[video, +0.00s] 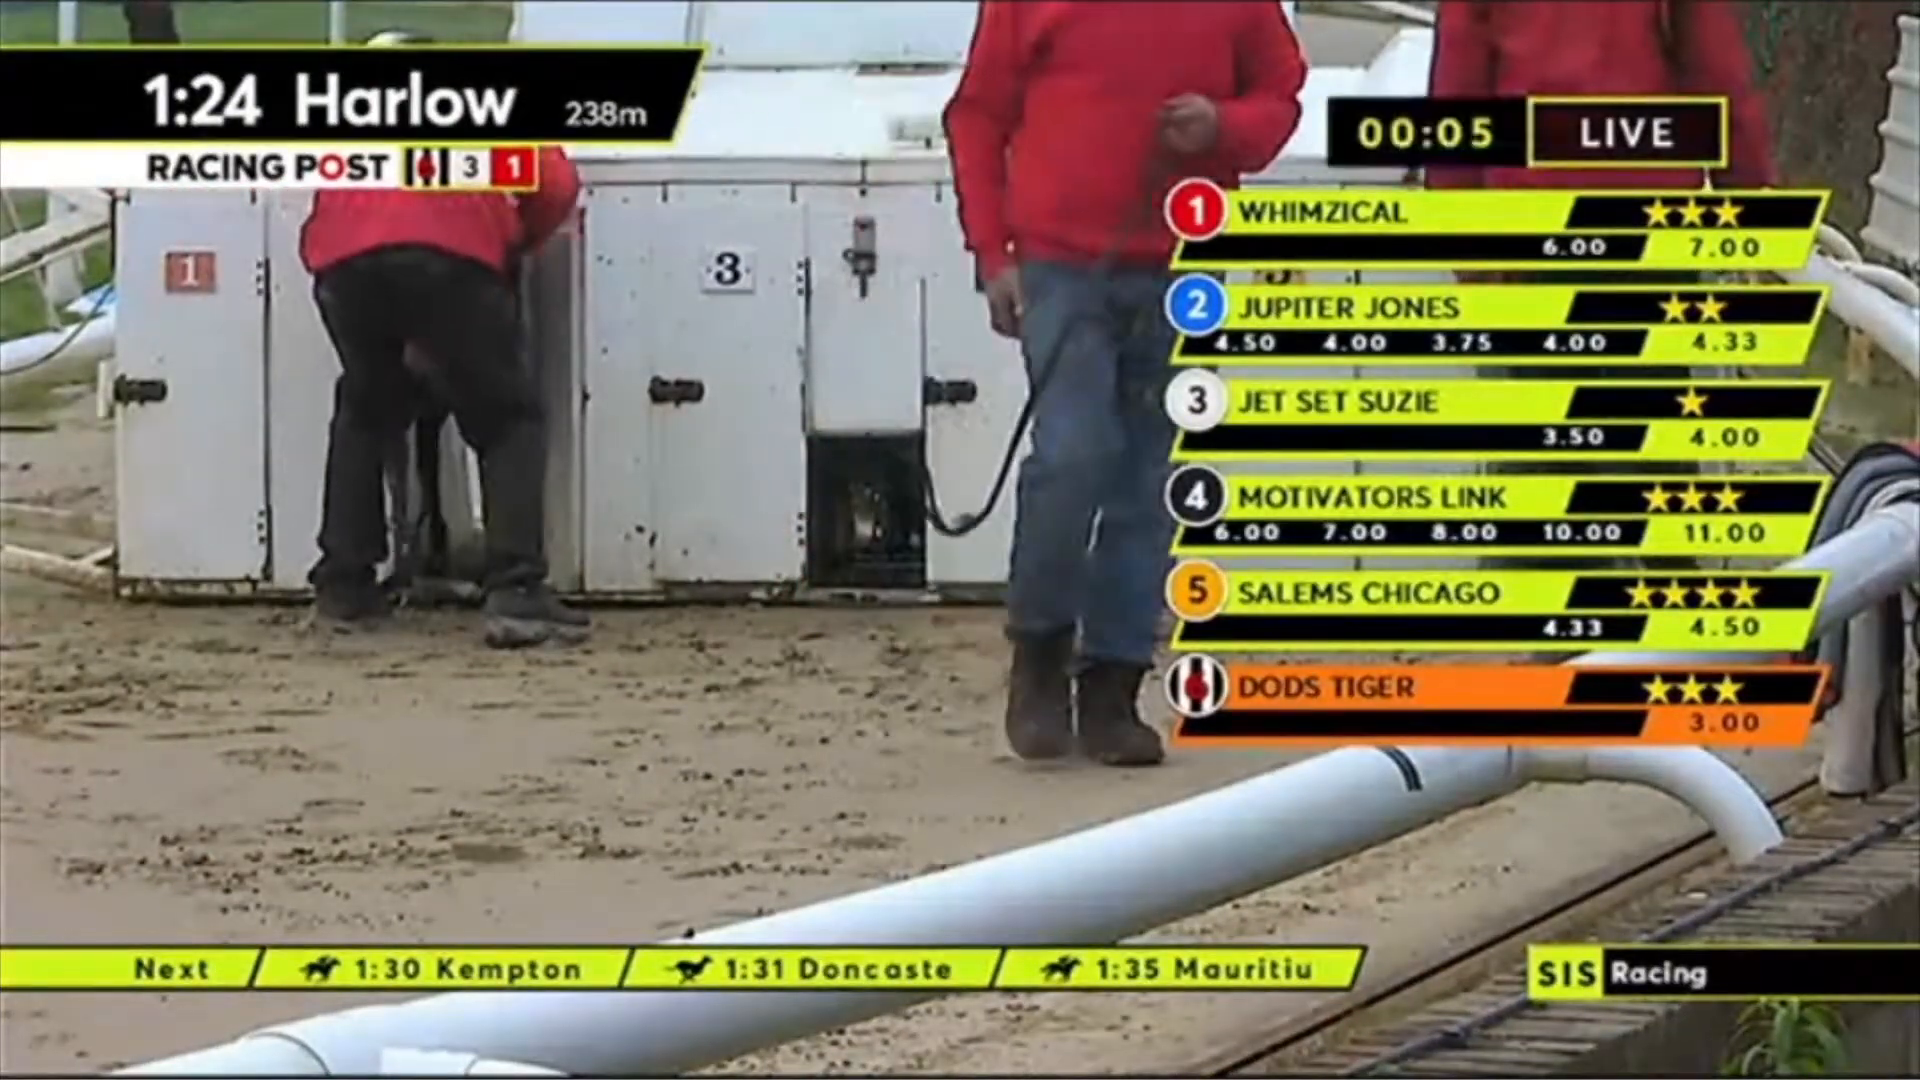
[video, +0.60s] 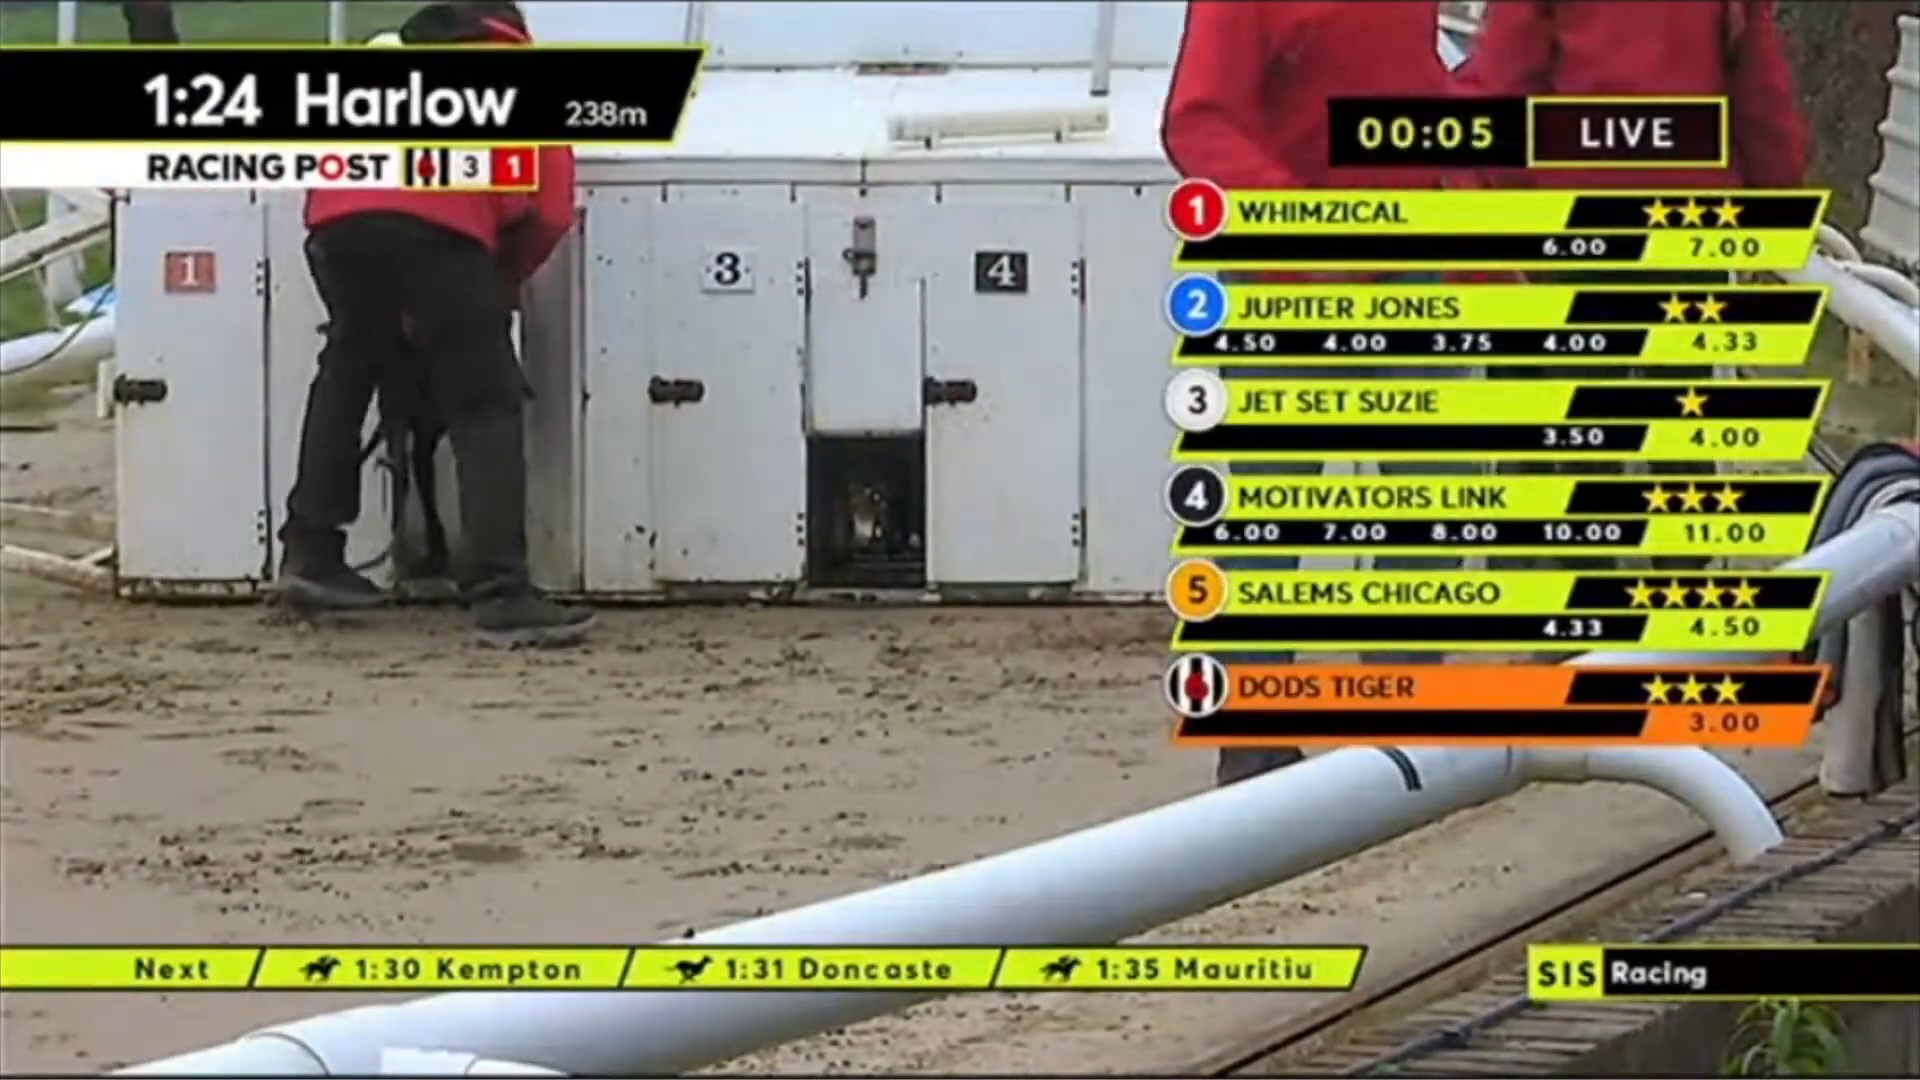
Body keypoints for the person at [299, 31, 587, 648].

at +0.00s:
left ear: (392, 78)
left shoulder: (356, 126)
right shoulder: (502, 118)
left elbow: (316, 235)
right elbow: (560, 187)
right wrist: (505, 246)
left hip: (345, 264)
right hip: (454, 260)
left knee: (365, 395)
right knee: (505, 419)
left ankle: (343, 584)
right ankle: (515, 590)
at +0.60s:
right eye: (520, 25)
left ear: (436, 20)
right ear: (512, 25)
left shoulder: (377, 59)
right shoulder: (526, 75)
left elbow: (333, 175)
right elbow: (553, 214)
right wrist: (489, 289)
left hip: (337, 221)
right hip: (442, 231)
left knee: (352, 351)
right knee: (486, 405)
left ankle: (311, 553)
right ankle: (500, 591)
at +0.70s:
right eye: (518, 44)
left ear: (438, 37)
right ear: (507, 43)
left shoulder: (365, 71)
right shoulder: (518, 92)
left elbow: (312, 174)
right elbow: (542, 215)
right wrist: (493, 281)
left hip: (325, 230)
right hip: (428, 236)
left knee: (328, 384)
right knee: (477, 411)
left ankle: (273, 572)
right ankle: (499, 594)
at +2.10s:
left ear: (374, 75)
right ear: (459, 89)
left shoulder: (335, 119)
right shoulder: (471, 130)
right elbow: (493, 254)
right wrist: (464, 310)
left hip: (281, 258)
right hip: (380, 260)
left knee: (317, 391)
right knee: (458, 419)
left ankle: (264, 574)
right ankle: (485, 589)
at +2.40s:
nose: (490, 100)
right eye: (492, 87)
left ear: (418, 54)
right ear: (477, 69)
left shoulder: (359, 102)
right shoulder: (470, 113)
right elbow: (478, 208)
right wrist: (515, 312)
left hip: (278, 258)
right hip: (374, 259)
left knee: (323, 391)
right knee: (464, 414)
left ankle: (263, 575)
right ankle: (487, 593)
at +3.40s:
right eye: (469, 71)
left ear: (409, 29)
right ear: (461, 50)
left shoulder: (330, 61)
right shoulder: (459, 85)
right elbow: (458, 220)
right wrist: (434, 291)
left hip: (259, 244)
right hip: (357, 253)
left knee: (303, 395)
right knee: (415, 416)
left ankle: (262, 574)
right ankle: (424, 585)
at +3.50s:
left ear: (412, 26)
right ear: (461, 43)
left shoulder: (313, 70)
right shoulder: (455, 79)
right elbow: (455, 214)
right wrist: (432, 292)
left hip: (262, 240)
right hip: (365, 245)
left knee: (305, 391)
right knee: (441, 406)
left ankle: (262, 573)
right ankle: (452, 555)